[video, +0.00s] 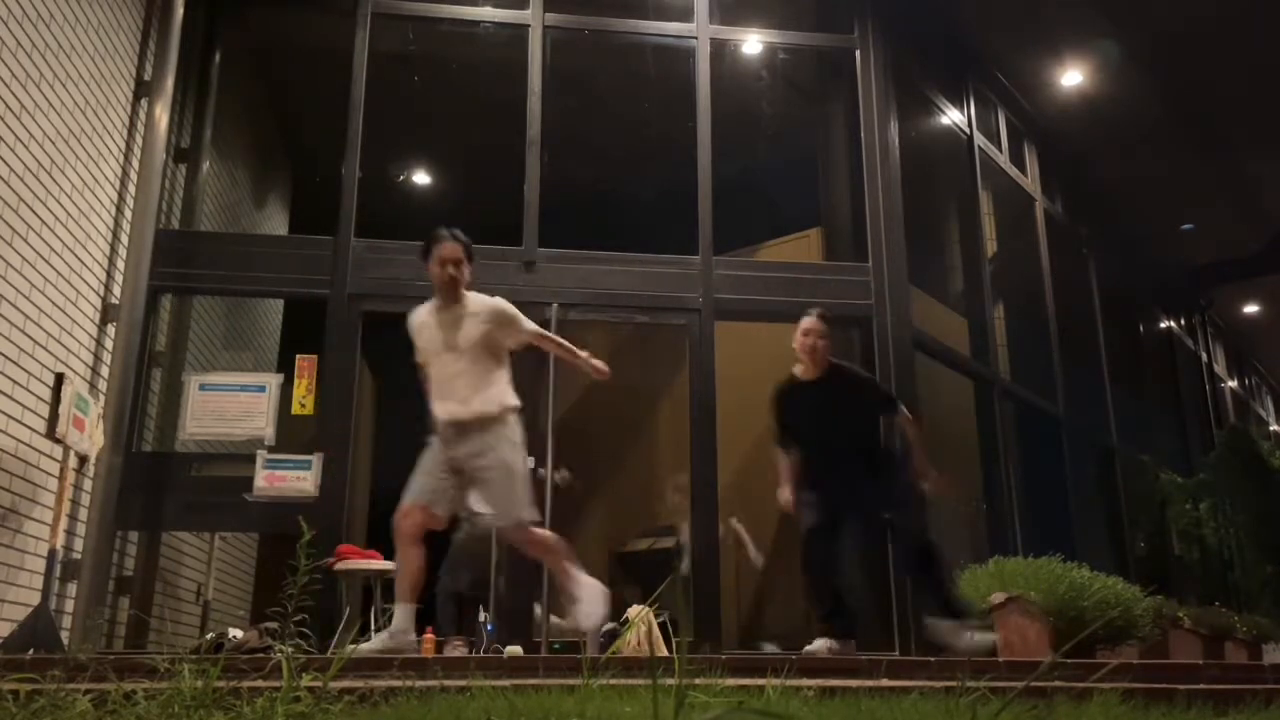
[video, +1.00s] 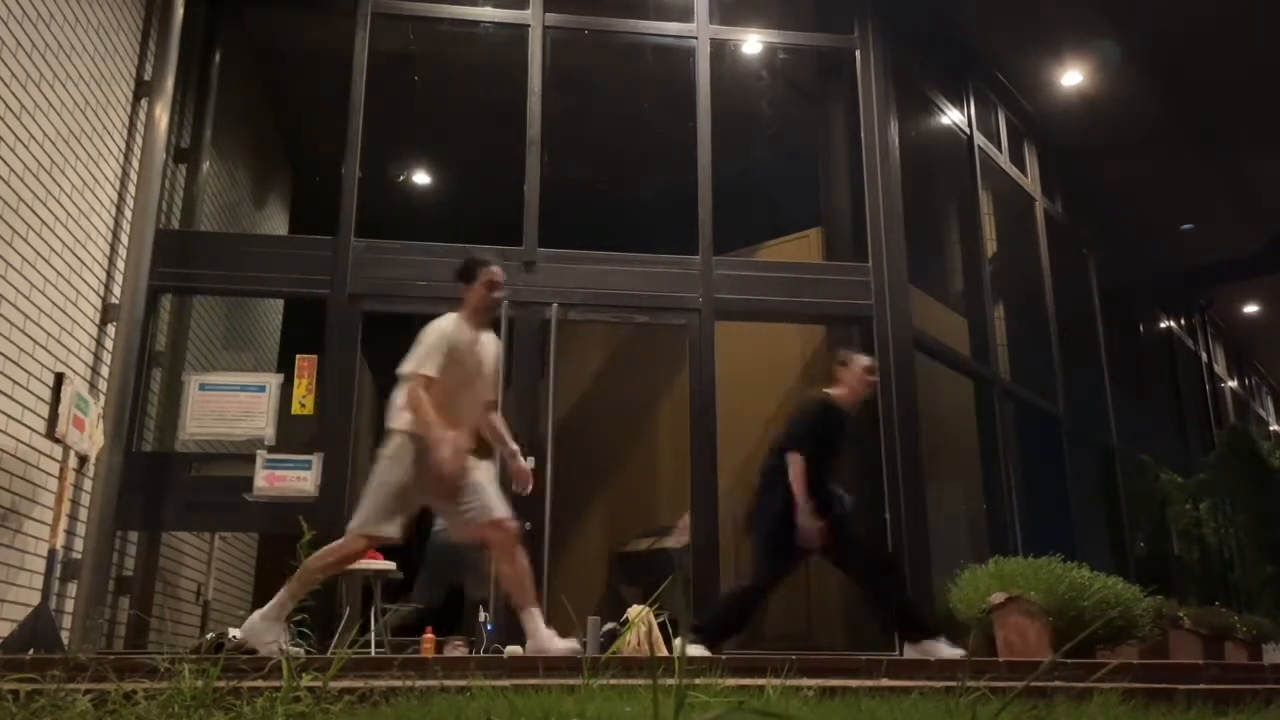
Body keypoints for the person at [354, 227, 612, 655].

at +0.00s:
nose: (451, 272)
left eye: (458, 264)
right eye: (443, 264)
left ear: (469, 269)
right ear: (428, 269)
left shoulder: (493, 311)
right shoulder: (419, 320)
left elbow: (541, 339)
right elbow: (429, 373)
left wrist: (584, 360)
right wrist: (441, 415)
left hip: (496, 433)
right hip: (446, 438)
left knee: (516, 530)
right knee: (408, 523)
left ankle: (585, 589)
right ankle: (401, 630)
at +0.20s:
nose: (443, 257)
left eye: (450, 252)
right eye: (437, 249)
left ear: (455, 260)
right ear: (416, 252)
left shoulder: (470, 306)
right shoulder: (384, 307)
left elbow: (499, 360)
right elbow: (365, 363)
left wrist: (524, 407)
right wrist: (351, 412)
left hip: (449, 427)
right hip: (393, 423)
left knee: (437, 528)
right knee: (372, 519)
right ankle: (394, 627)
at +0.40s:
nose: (441, 278)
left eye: (444, 272)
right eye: (433, 270)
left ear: (443, 279)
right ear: (406, 273)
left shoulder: (445, 336)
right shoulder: (369, 318)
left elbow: (457, 391)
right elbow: (336, 368)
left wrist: (460, 416)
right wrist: (336, 399)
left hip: (407, 443)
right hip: (358, 426)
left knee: (365, 546)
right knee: (348, 518)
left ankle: (287, 625)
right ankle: (373, 622)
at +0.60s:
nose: (443, 254)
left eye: (446, 247)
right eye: (436, 246)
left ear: (443, 250)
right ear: (409, 243)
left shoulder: (441, 300)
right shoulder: (375, 278)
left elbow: (463, 359)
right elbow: (341, 309)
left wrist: (487, 322)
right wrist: (403, 283)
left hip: (404, 410)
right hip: (358, 398)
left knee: (404, 514)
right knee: (351, 489)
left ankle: (326, 596)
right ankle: (300, 594)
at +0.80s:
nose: (455, 291)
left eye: (457, 283)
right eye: (448, 282)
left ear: (450, 288)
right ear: (420, 280)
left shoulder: (437, 341)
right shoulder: (383, 312)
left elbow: (463, 396)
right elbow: (383, 343)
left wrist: (504, 366)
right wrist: (444, 313)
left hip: (402, 445)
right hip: (355, 436)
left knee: (468, 507)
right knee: (330, 538)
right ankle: (259, 627)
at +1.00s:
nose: (499, 295)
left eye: (502, 288)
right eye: (492, 286)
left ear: (501, 292)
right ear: (467, 287)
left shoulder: (492, 344)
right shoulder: (443, 330)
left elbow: (487, 411)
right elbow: (415, 390)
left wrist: (513, 455)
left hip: (462, 456)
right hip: (410, 448)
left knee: (504, 534)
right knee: (359, 542)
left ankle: (539, 636)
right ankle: (267, 619)